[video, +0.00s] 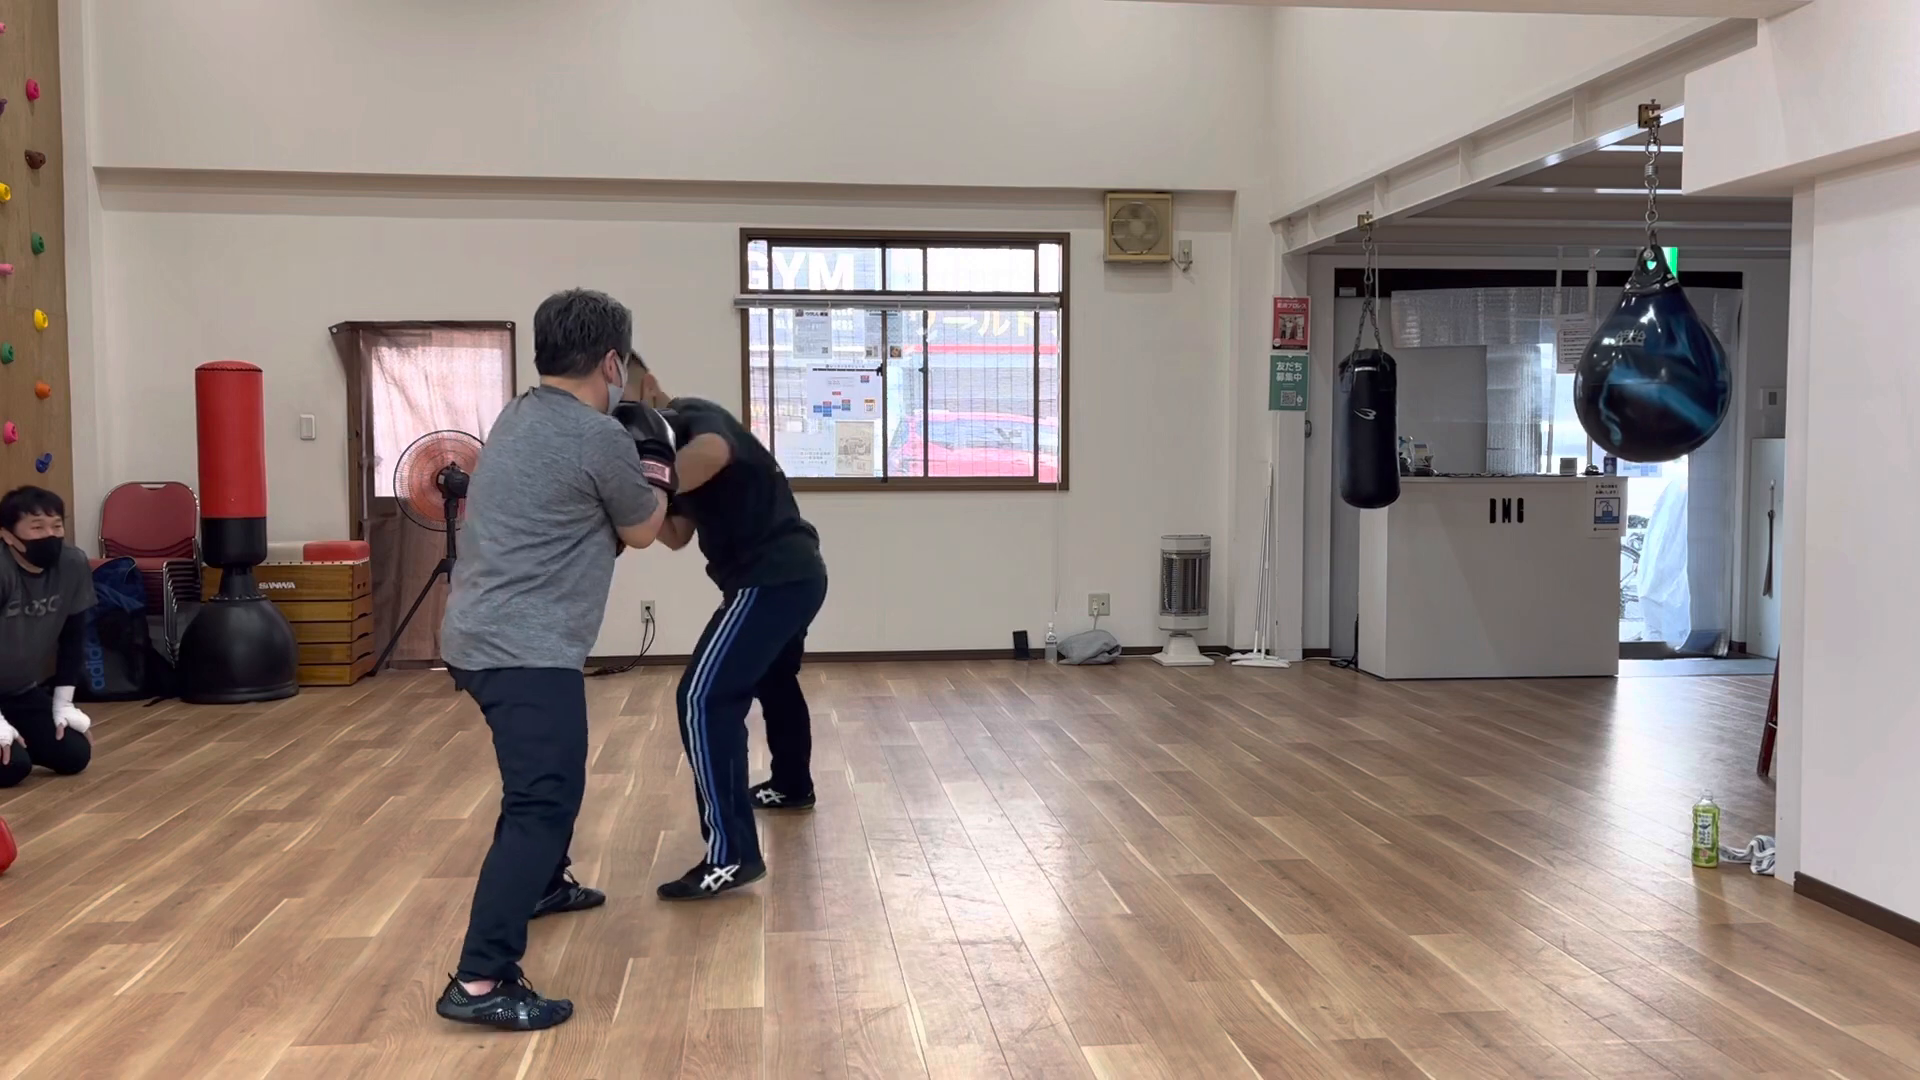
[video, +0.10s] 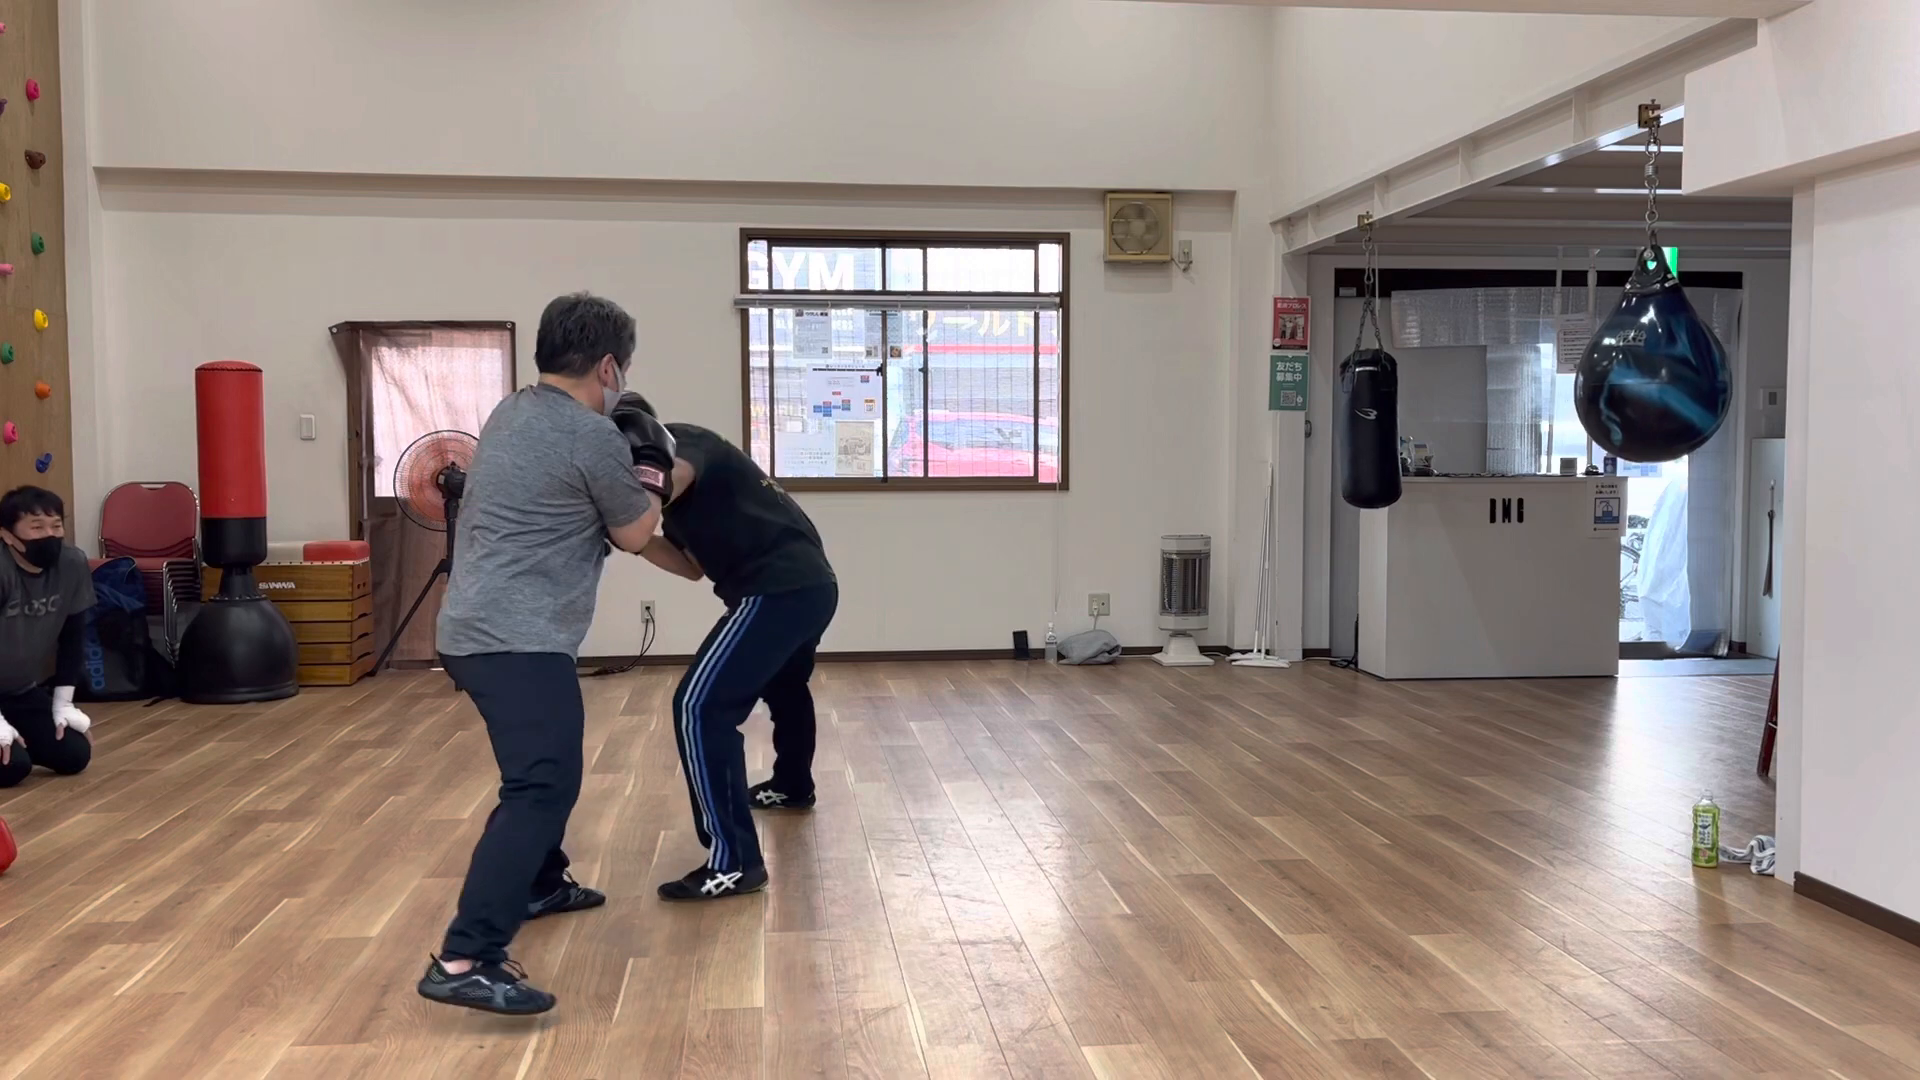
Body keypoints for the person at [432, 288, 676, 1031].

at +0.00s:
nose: (625, 369)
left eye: (623, 359)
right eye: (623, 358)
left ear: (546, 358)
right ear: (609, 361)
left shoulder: (515, 417)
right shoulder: (600, 436)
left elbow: (561, 504)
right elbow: (642, 531)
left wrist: (627, 490)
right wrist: (654, 484)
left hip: (478, 639)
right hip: (531, 652)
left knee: (544, 771)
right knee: (539, 806)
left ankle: (542, 879)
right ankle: (481, 978)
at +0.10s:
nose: (621, 380)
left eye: (620, 369)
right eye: (620, 368)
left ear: (548, 358)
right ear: (604, 366)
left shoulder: (508, 413)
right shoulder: (590, 435)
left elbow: (551, 499)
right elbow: (635, 532)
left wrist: (616, 474)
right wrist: (657, 486)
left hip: (474, 631)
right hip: (520, 641)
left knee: (543, 766)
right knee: (540, 788)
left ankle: (537, 881)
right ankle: (465, 958)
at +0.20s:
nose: (603, 383)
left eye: (602, 371)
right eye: (603, 371)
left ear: (528, 362)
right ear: (587, 369)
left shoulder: (482, 424)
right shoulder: (587, 439)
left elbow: (478, 511)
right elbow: (625, 540)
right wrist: (641, 497)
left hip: (463, 640)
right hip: (528, 643)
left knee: (542, 758)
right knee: (527, 792)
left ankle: (541, 883)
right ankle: (433, 954)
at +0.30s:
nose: (587, 384)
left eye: (586, 373)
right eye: (586, 373)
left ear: (510, 370)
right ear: (568, 373)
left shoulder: (459, 443)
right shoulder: (577, 447)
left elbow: (460, 528)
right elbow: (622, 542)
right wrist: (638, 495)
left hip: (456, 654)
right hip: (526, 658)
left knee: (540, 757)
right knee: (523, 805)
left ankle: (540, 883)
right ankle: (416, 961)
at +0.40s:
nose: (564, 381)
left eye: (564, 371)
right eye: (562, 370)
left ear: (480, 371)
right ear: (544, 372)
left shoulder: (443, 443)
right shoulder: (555, 446)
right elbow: (624, 517)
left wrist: (557, 443)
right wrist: (626, 459)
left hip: (443, 661)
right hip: (507, 668)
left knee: (544, 752)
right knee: (515, 825)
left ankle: (538, 883)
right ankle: (407, 986)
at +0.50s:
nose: (547, 353)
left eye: (548, 342)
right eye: (546, 341)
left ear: (460, 342)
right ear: (528, 342)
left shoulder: (430, 414)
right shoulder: (534, 414)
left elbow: (489, 493)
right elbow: (607, 494)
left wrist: (547, 424)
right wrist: (600, 435)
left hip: (418, 639)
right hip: (475, 648)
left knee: (514, 749)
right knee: (472, 813)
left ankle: (525, 880)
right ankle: (397, 993)